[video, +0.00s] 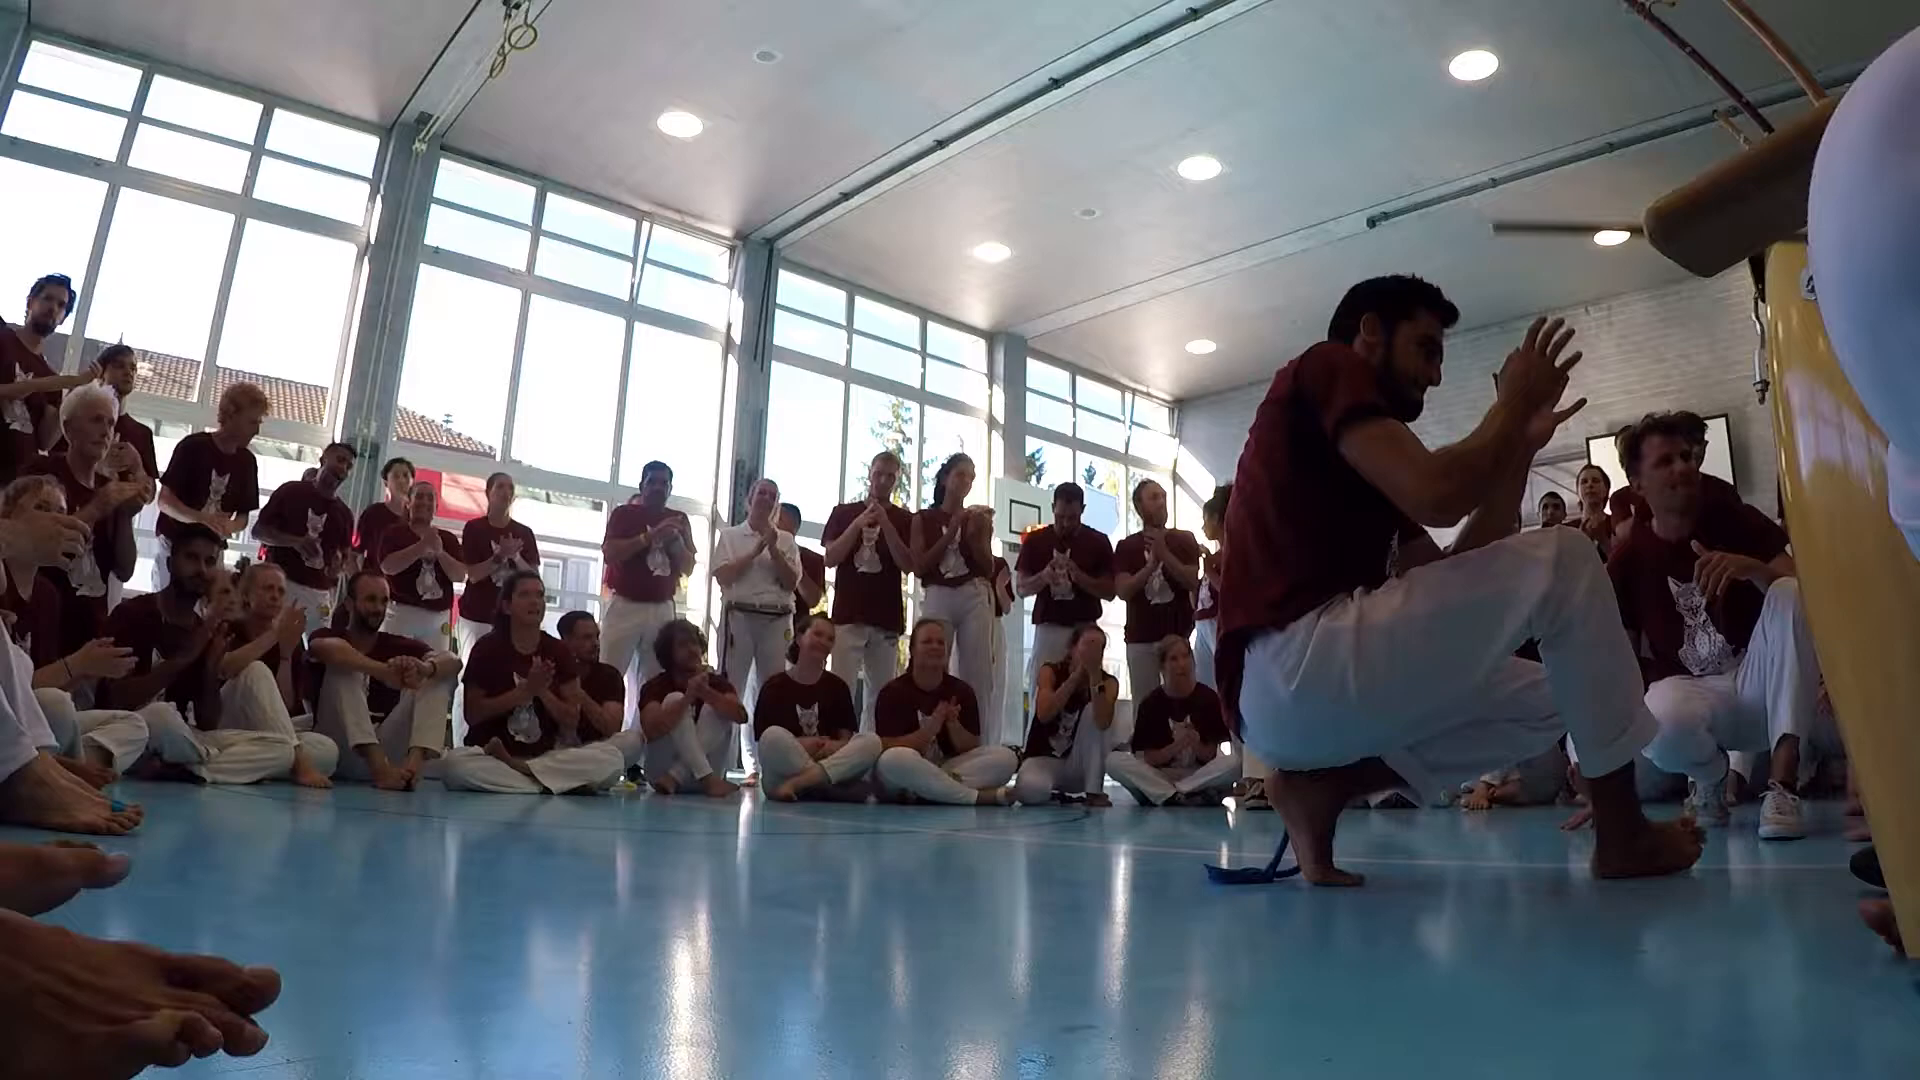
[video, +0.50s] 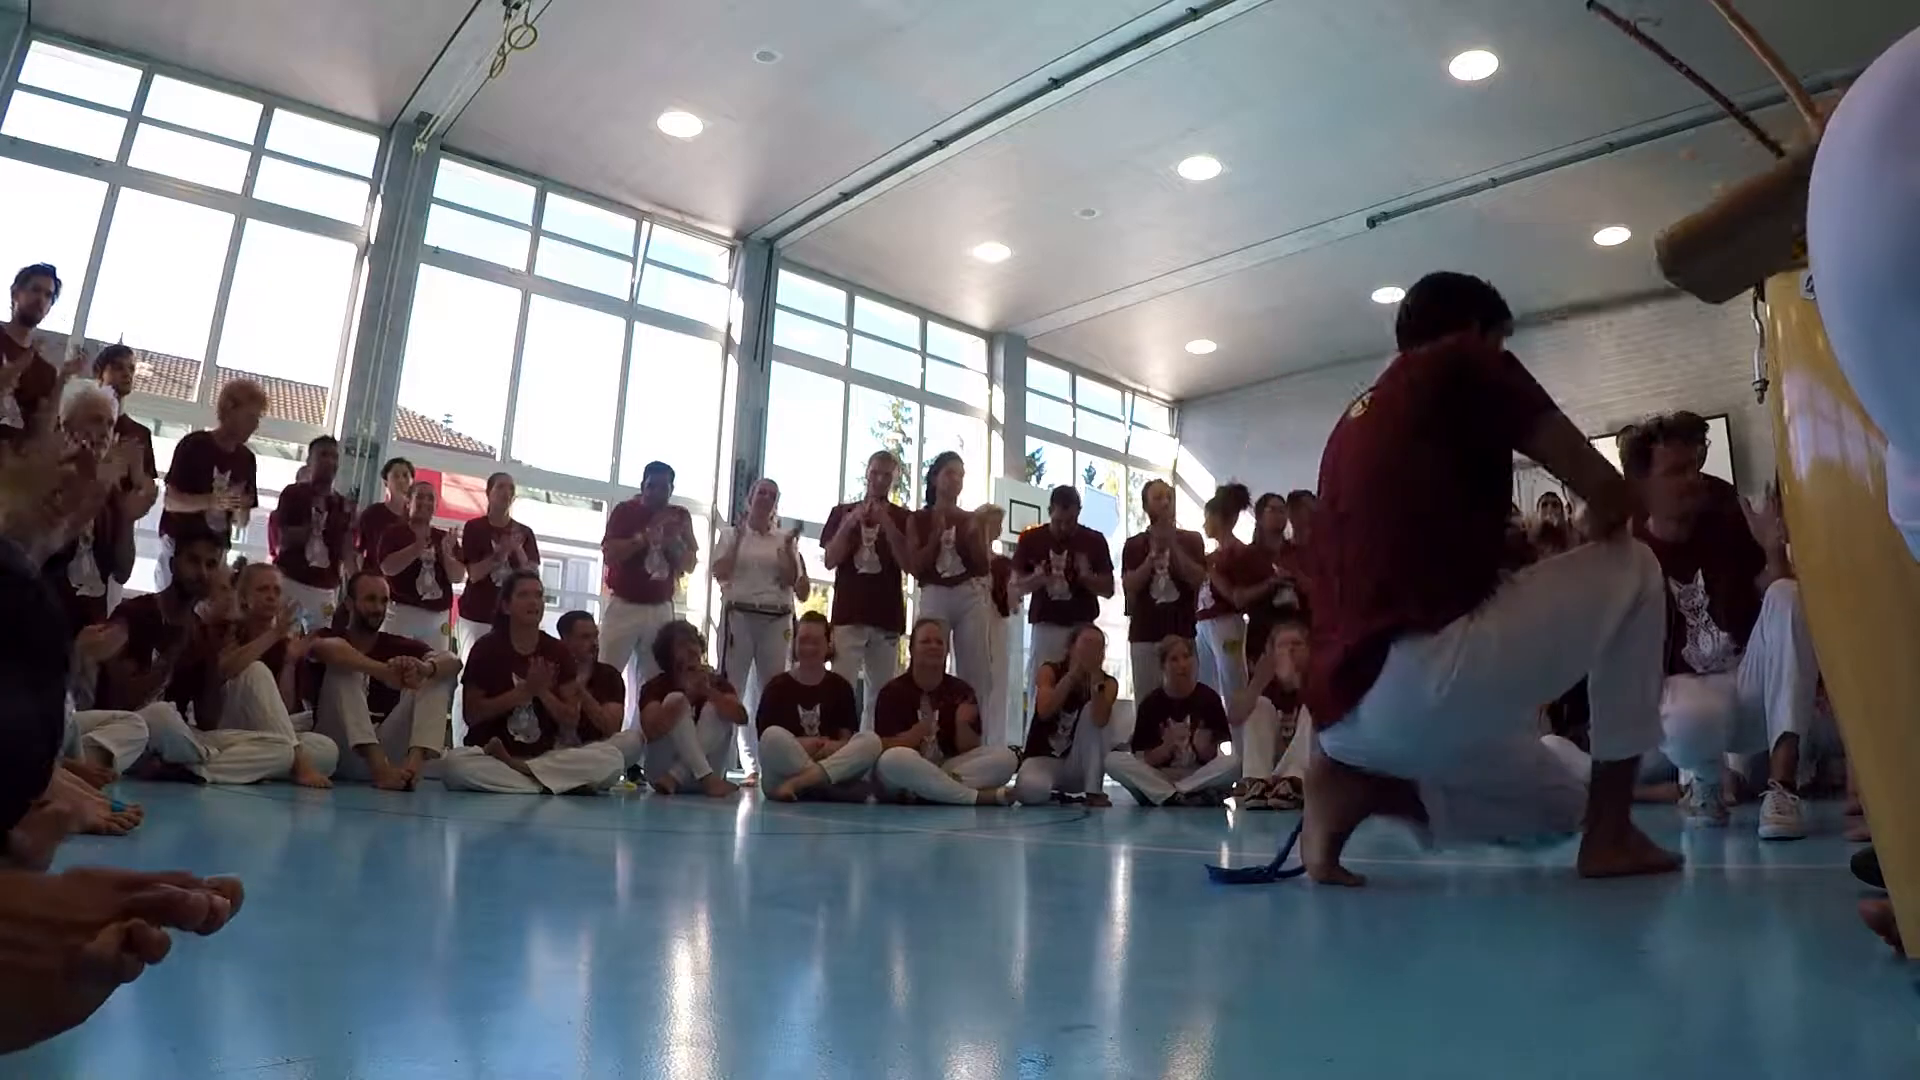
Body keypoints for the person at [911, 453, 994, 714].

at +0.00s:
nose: (966, 481)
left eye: (971, 476)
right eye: (960, 474)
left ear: (974, 482)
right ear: (944, 478)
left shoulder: (979, 518)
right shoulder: (923, 518)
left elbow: (987, 569)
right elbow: (920, 566)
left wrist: (976, 537)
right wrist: (950, 533)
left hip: (975, 596)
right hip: (937, 596)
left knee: (976, 676)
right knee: (932, 673)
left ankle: (976, 749)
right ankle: (930, 745)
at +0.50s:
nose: (955, 479)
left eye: (960, 474)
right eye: (949, 473)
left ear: (963, 481)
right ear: (934, 477)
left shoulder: (972, 520)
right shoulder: (917, 519)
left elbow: (982, 567)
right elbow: (915, 565)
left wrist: (972, 538)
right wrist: (935, 537)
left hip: (970, 594)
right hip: (933, 594)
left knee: (975, 676)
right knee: (929, 673)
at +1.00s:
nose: (961, 478)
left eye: (966, 474)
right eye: (955, 472)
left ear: (970, 481)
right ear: (942, 478)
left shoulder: (981, 517)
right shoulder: (923, 519)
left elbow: (986, 567)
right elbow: (922, 569)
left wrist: (966, 534)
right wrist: (955, 534)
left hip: (975, 598)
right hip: (936, 597)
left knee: (976, 679)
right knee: (932, 677)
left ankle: (975, 749)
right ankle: (931, 749)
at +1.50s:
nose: (972, 478)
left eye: (978, 475)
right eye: (966, 472)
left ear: (982, 483)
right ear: (953, 478)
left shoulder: (989, 516)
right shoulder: (934, 519)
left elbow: (994, 565)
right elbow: (928, 568)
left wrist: (973, 532)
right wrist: (953, 540)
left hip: (982, 595)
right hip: (945, 594)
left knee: (982, 678)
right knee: (939, 674)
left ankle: (982, 751)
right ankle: (938, 748)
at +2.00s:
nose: (971, 477)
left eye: (976, 473)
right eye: (964, 471)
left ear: (980, 482)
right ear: (950, 478)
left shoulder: (987, 517)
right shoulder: (932, 519)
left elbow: (994, 567)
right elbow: (924, 566)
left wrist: (978, 540)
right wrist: (947, 537)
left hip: (979, 594)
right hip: (942, 594)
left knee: (980, 677)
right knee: (938, 674)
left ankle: (980, 749)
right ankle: (936, 748)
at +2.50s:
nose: (961, 475)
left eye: (965, 471)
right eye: (954, 470)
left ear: (969, 480)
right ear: (940, 478)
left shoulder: (979, 518)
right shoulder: (923, 518)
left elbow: (986, 566)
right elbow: (918, 567)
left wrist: (964, 537)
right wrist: (943, 537)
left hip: (974, 597)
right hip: (935, 597)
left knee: (975, 678)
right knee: (931, 675)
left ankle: (974, 748)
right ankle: (930, 746)